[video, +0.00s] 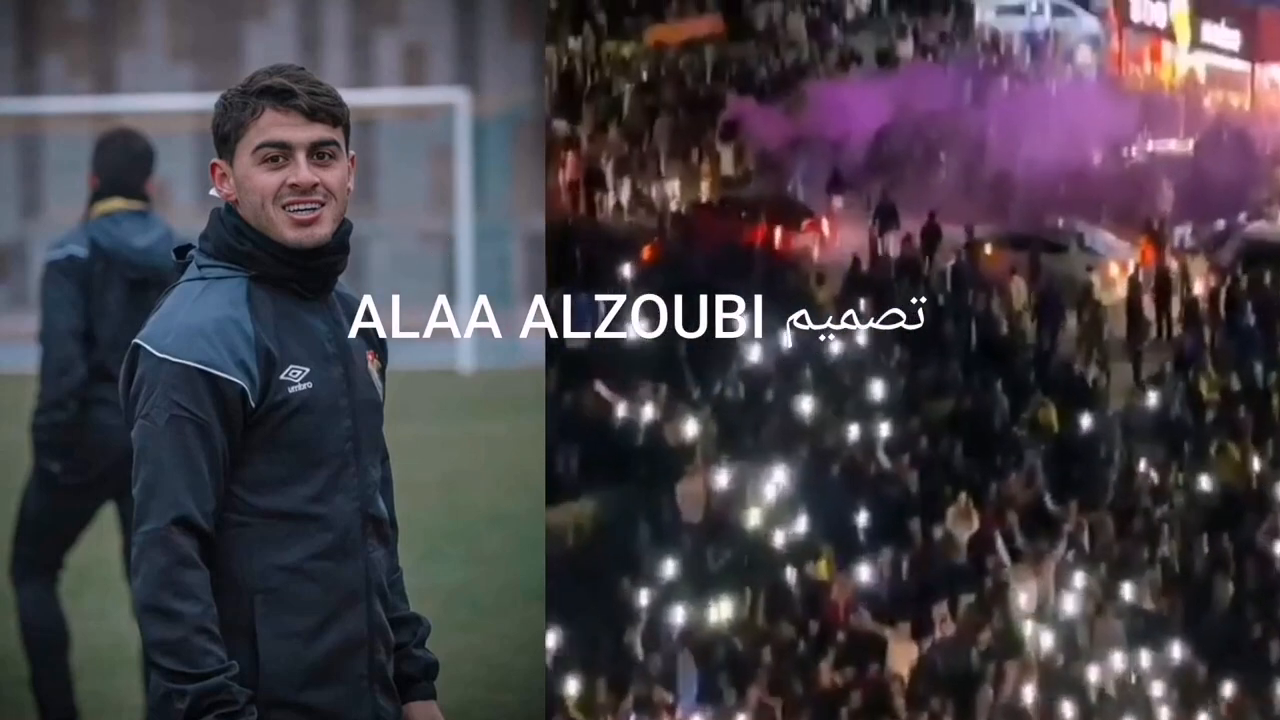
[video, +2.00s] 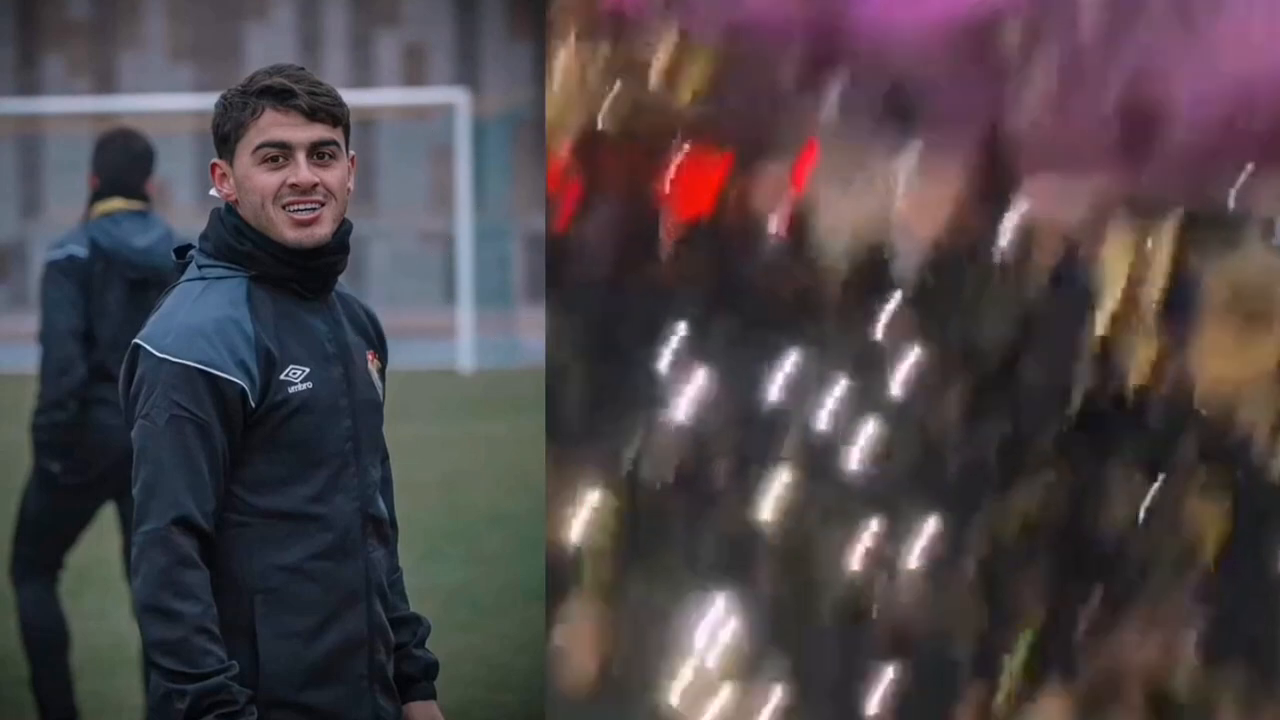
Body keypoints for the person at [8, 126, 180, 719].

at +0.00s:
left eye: (94, 173)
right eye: (150, 178)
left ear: (94, 180)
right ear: (152, 185)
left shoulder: (73, 253)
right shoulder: (178, 254)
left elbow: (65, 362)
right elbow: (191, 352)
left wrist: (52, 442)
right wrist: (175, 429)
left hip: (88, 448)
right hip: (158, 447)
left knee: (34, 569)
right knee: (156, 580)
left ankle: (57, 709)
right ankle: (167, 706)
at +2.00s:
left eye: (93, 174)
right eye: (150, 178)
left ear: (94, 180)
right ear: (152, 185)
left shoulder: (74, 253)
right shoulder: (178, 254)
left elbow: (65, 360)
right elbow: (190, 351)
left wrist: (51, 439)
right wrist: (175, 426)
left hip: (88, 447)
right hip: (158, 446)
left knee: (33, 569)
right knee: (157, 580)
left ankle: (57, 708)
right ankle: (167, 704)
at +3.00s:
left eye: (93, 173)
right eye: (150, 178)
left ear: (94, 179)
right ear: (152, 185)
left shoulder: (73, 254)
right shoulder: (178, 255)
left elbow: (65, 363)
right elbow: (191, 352)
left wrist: (51, 442)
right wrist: (174, 429)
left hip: (87, 449)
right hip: (158, 448)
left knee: (33, 570)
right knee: (157, 581)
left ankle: (57, 707)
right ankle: (167, 704)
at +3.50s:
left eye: (93, 173)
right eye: (150, 178)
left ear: (94, 180)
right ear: (152, 185)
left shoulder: (73, 254)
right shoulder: (178, 255)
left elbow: (65, 363)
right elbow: (191, 352)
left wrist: (51, 442)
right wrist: (175, 429)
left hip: (87, 449)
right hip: (158, 448)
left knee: (33, 570)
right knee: (157, 580)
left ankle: (57, 707)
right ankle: (167, 704)